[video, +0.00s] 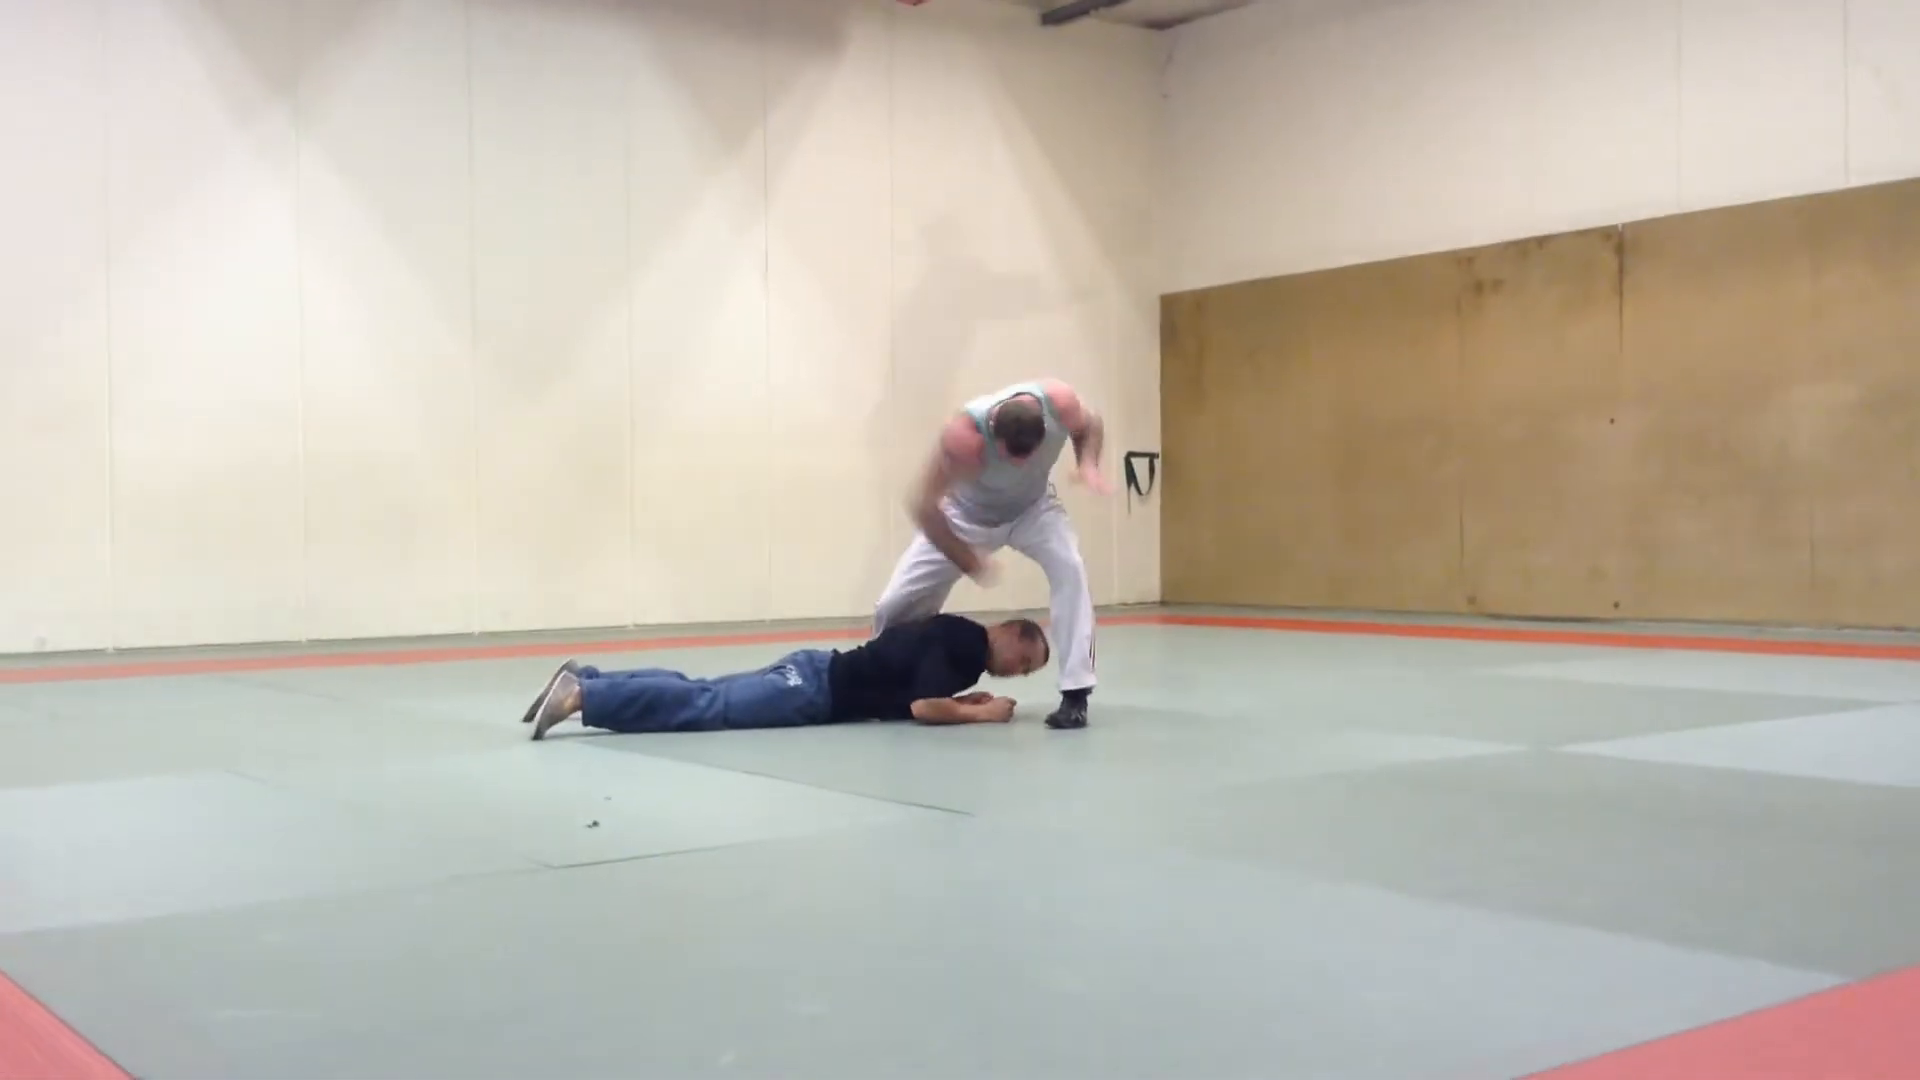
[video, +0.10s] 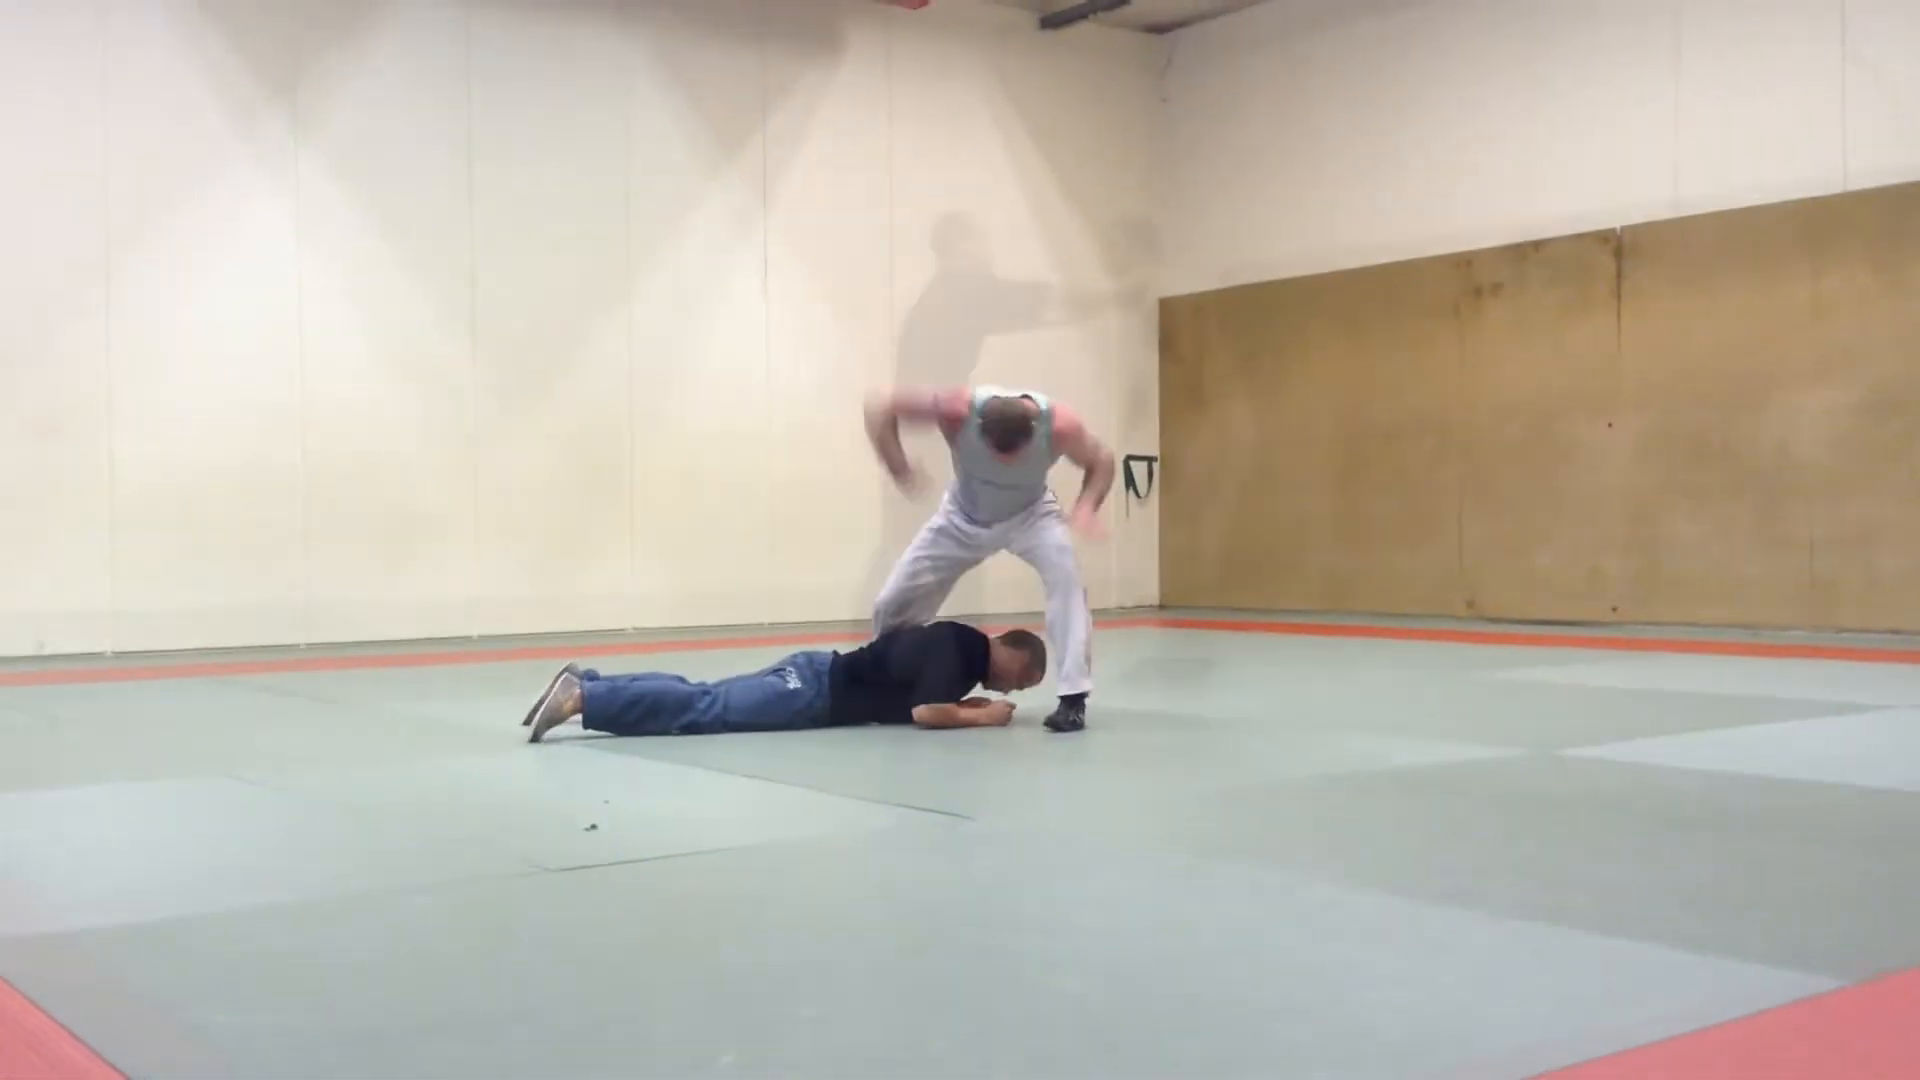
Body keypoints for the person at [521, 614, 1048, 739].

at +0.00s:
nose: (1022, 658)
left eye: (1030, 659)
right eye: (1025, 647)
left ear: (1020, 658)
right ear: (1009, 629)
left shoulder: (960, 642)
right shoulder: (959, 641)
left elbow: (919, 699)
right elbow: (919, 706)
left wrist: (972, 705)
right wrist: (979, 712)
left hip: (818, 677)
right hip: (815, 688)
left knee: (708, 694)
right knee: (705, 706)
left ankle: (586, 682)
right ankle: (581, 698)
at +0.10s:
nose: (1012, 687)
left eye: (1018, 681)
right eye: (1019, 679)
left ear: (1004, 647)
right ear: (1010, 655)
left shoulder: (961, 647)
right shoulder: (955, 649)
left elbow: (928, 705)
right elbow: (924, 712)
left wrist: (977, 709)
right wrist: (983, 716)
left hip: (818, 682)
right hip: (815, 689)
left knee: (709, 699)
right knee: (706, 708)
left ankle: (586, 685)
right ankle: (582, 699)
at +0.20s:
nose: (1005, 687)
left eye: (1010, 682)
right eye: (1011, 683)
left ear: (999, 651)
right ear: (1005, 667)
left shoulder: (963, 650)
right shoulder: (950, 652)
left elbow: (939, 704)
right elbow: (928, 712)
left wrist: (980, 709)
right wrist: (985, 715)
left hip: (817, 685)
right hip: (813, 687)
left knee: (707, 700)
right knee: (705, 707)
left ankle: (584, 685)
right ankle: (580, 696)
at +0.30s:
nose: (1005, 694)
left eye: (1008, 688)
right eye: (1010, 692)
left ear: (998, 657)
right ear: (1004, 677)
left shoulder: (965, 651)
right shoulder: (954, 658)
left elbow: (943, 702)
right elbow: (929, 712)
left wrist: (981, 706)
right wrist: (986, 714)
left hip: (817, 682)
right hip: (813, 688)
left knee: (706, 698)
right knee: (705, 706)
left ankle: (583, 684)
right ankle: (580, 694)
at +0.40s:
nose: (1006, 704)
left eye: (1010, 697)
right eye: (1011, 700)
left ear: (994, 663)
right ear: (1001, 682)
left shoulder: (962, 654)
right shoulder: (954, 667)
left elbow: (939, 706)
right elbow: (925, 716)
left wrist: (983, 707)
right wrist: (985, 715)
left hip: (815, 681)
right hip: (813, 689)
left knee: (707, 698)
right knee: (706, 706)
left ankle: (584, 686)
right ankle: (581, 695)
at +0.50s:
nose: (1006, 703)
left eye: (1009, 696)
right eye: (1010, 700)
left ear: (995, 668)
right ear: (999, 684)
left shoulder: (959, 656)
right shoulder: (952, 676)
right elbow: (923, 716)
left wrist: (983, 695)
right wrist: (986, 715)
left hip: (814, 677)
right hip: (811, 689)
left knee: (707, 698)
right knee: (705, 707)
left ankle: (585, 685)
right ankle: (580, 697)